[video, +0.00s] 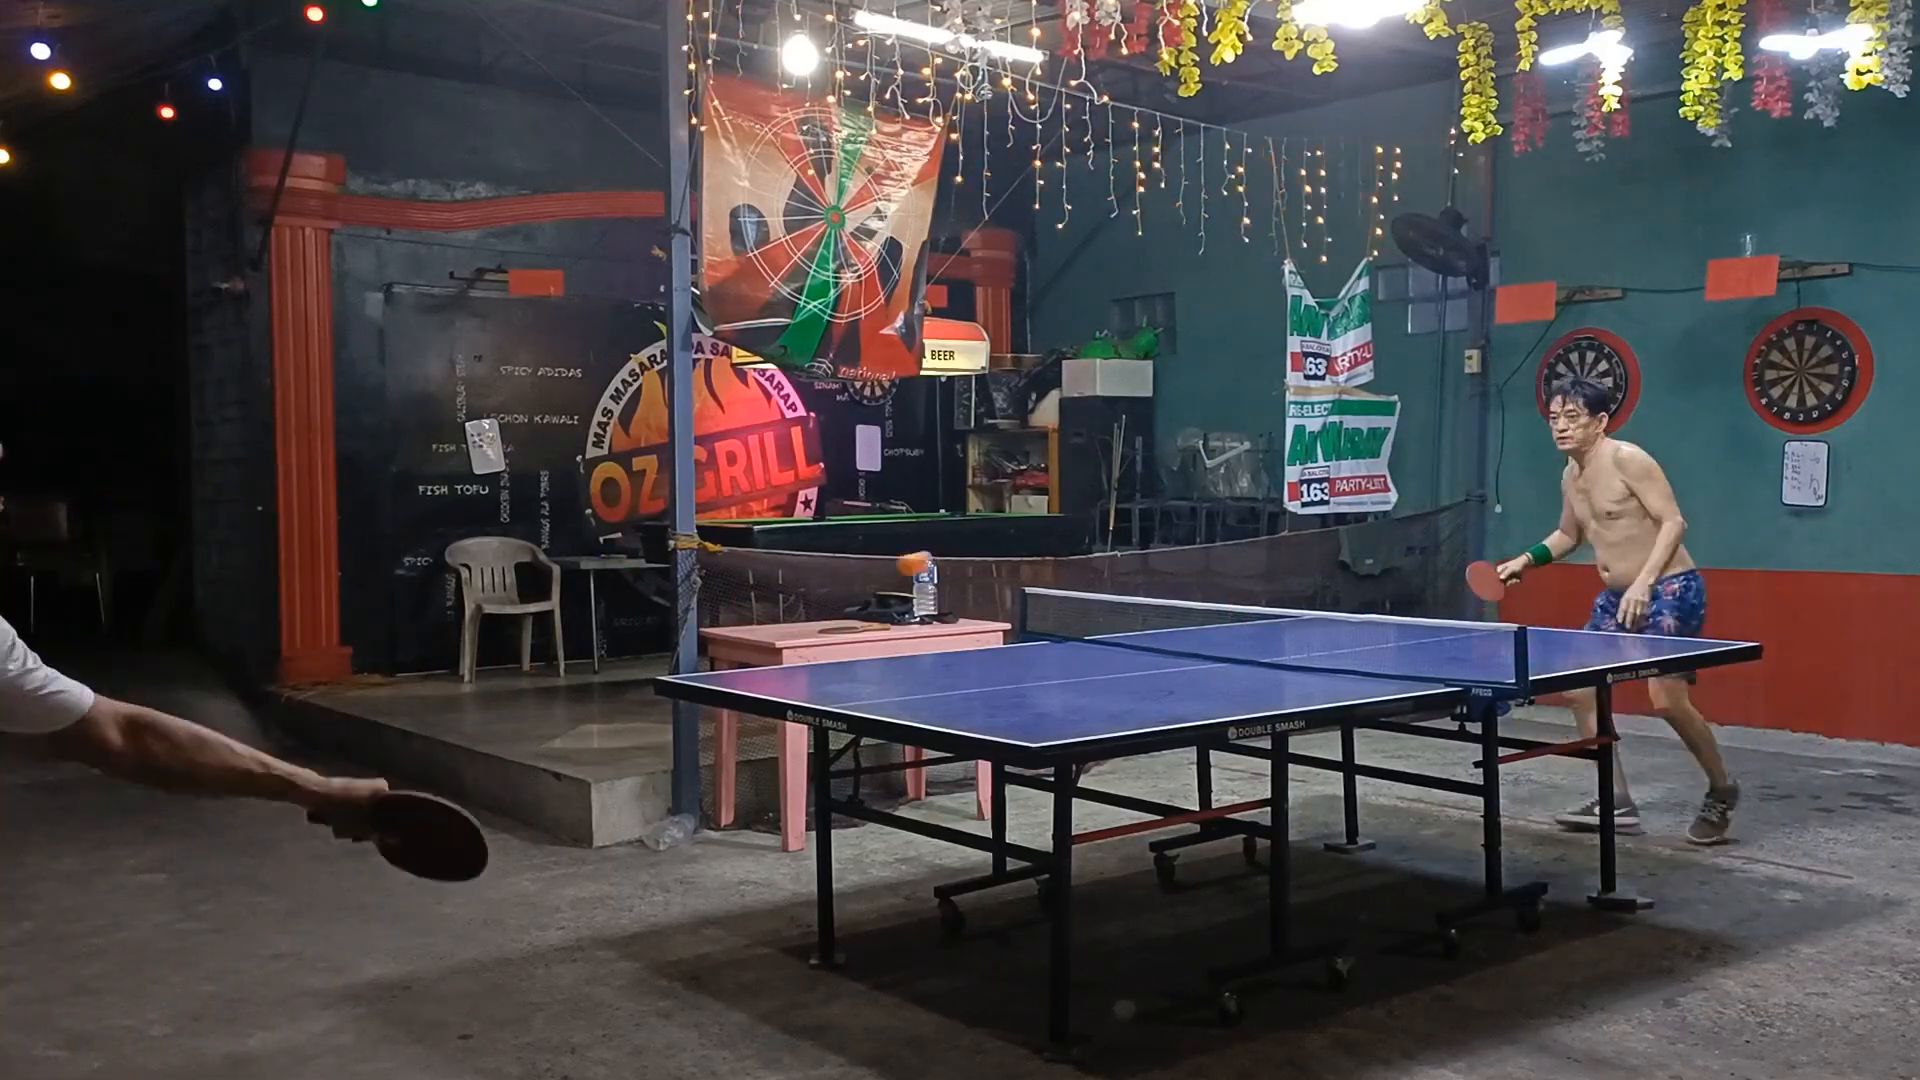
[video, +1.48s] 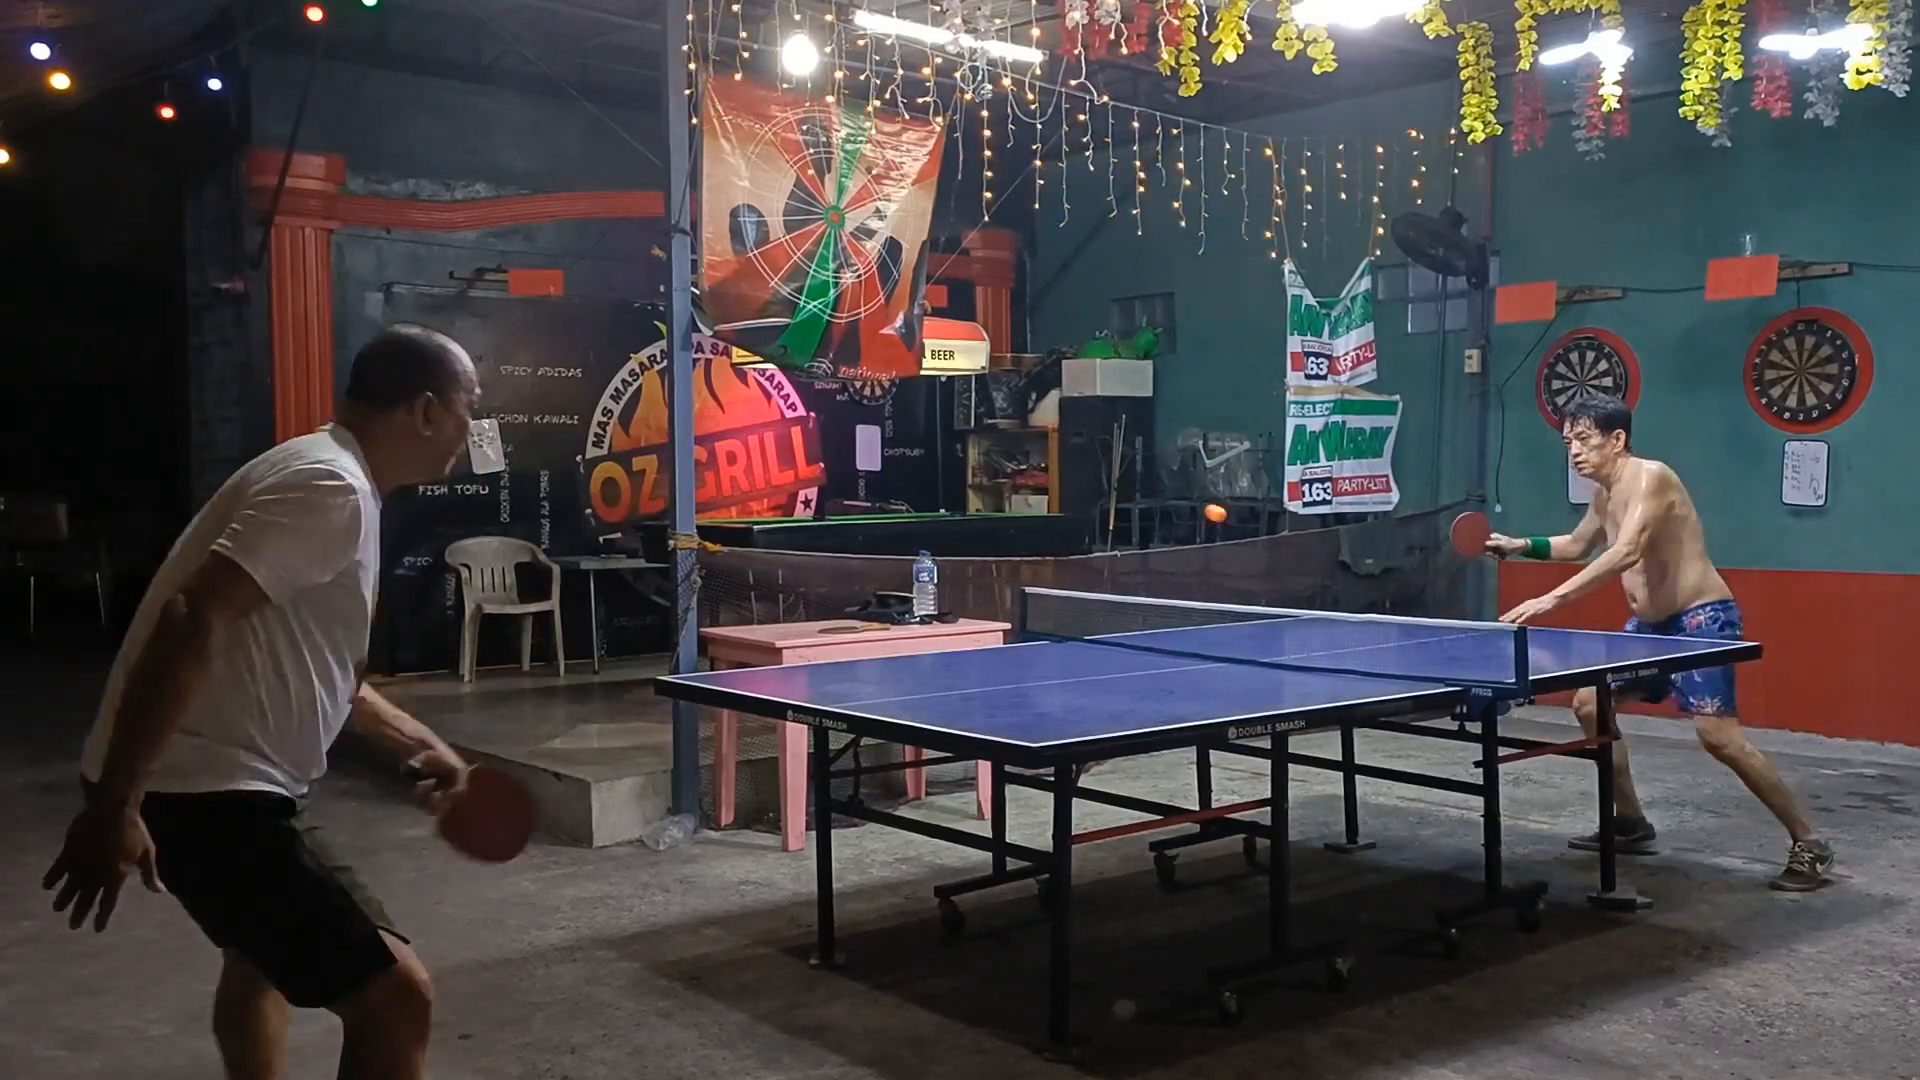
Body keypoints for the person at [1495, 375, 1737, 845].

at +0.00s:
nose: (1560, 425)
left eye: (1571, 416)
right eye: (1555, 418)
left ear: (1600, 420)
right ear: (1551, 424)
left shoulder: (1627, 458)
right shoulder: (1571, 476)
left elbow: (1673, 522)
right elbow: (1570, 534)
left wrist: (1644, 583)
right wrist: (1527, 559)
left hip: (1669, 592)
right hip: (1616, 597)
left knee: (1667, 699)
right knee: (1581, 694)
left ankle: (1722, 788)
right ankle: (1617, 800)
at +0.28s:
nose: (1571, 464)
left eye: (1580, 453)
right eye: (1566, 454)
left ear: (1613, 452)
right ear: (1567, 456)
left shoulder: (1642, 488)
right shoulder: (1598, 502)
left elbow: (1624, 557)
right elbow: (1570, 555)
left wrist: (1546, 596)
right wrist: (1512, 560)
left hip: (1697, 624)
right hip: (1641, 628)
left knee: (1720, 733)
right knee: (1566, 695)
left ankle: (1801, 844)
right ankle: (1592, 806)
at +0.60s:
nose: (1469, 510)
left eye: (1472, 498)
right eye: (1465, 502)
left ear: (1502, 486)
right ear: (1493, 496)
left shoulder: (1536, 497)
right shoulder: (1528, 533)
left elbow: (1556, 553)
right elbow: (1555, 613)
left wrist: (1505, 616)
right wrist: (1502, 632)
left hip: (1633, 626)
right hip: (1587, 640)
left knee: (1679, 741)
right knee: (1507, 706)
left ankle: (1787, 830)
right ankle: (1507, 818)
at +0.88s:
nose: (1444, 474)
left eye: (1449, 461)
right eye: (1440, 467)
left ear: (1480, 454)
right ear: (1461, 465)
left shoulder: (1523, 478)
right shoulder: (1486, 511)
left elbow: (1542, 546)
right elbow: (1496, 554)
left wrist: (1509, 613)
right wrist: (1433, 554)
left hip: (1605, 612)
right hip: (1551, 624)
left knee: (1650, 722)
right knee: (1492, 696)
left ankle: (1738, 820)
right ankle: (1503, 813)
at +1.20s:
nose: (1514, 451)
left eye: (1523, 440)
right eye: (1509, 443)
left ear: (1556, 439)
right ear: (1508, 447)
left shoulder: (1591, 478)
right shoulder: (1546, 490)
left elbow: (1580, 555)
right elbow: (1548, 550)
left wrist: (1515, 609)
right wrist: (1483, 560)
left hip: (1647, 618)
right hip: (1589, 619)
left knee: (1673, 728)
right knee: (1534, 704)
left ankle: (1749, 835)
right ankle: (1509, 813)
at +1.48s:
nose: (1573, 451)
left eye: (1582, 440)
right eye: (1569, 442)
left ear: (1617, 439)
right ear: (1572, 447)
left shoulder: (1649, 478)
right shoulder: (1603, 495)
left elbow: (1625, 553)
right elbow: (1574, 545)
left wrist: (1550, 599)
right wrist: (1520, 545)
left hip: (1703, 621)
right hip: (1650, 626)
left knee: (1719, 736)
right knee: (1589, 705)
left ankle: (1809, 843)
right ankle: (1629, 818)